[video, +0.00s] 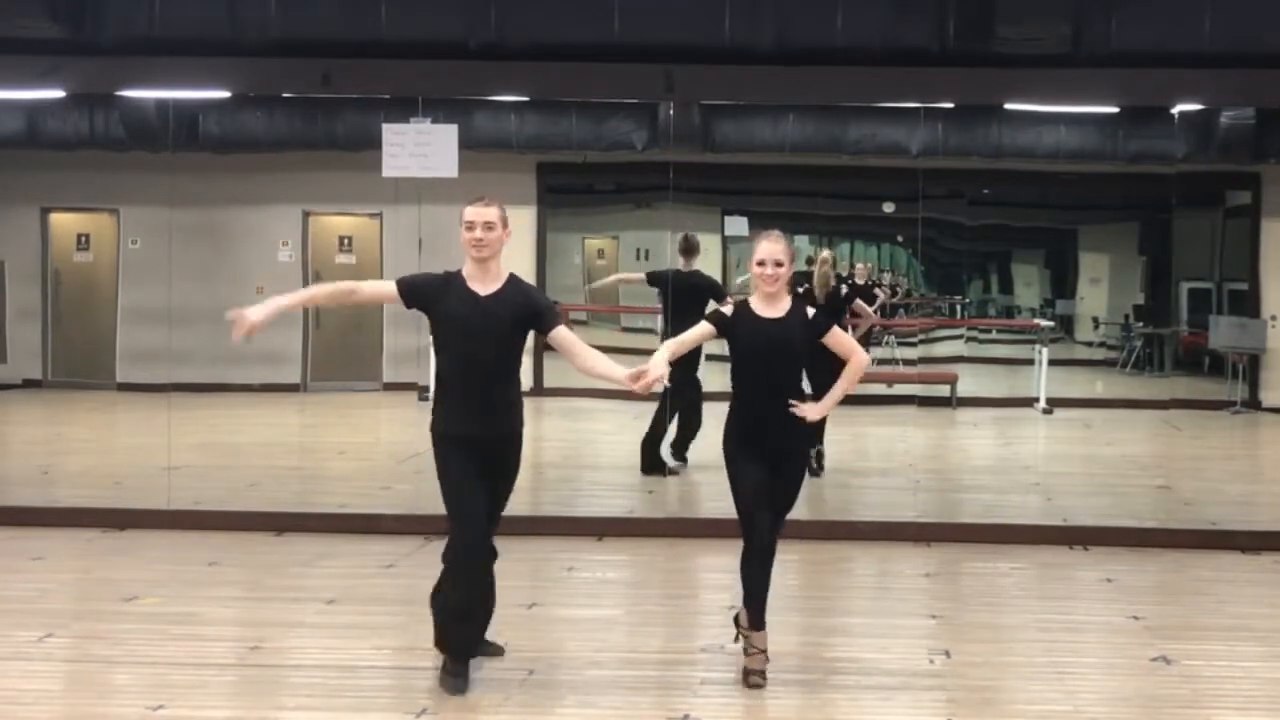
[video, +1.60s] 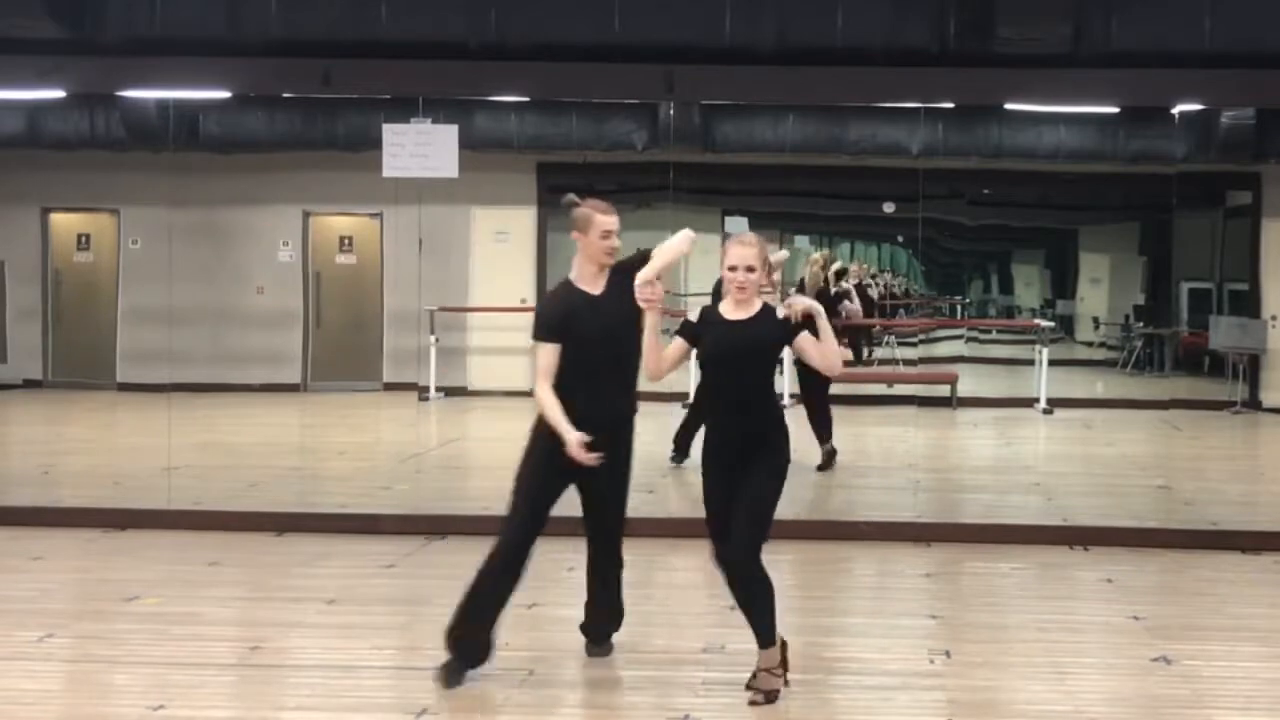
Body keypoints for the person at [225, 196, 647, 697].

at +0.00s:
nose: (478, 236)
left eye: (488, 227)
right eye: (470, 228)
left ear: (507, 234)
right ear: (459, 235)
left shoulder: (526, 299)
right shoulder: (437, 289)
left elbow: (579, 351)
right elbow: (354, 291)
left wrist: (625, 378)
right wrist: (276, 304)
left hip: (503, 437)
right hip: (454, 435)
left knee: (478, 537)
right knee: (472, 538)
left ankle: (462, 627)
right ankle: (456, 652)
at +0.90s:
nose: (469, 238)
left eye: (480, 229)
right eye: (461, 230)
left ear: (502, 235)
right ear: (454, 236)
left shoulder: (521, 305)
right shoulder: (433, 275)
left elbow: (571, 365)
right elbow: (355, 242)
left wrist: (618, 409)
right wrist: (277, 218)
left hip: (501, 448)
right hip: (444, 443)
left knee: (481, 574)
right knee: (433, 572)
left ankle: (445, 698)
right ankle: (459, 648)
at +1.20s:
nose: (513, 234)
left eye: (522, 226)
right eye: (503, 225)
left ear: (533, 232)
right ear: (485, 231)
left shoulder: (552, 293)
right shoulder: (460, 288)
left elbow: (610, 335)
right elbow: (387, 323)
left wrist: (623, 355)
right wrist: (334, 283)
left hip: (512, 437)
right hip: (459, 429)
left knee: (478, 544)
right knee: (450, 544)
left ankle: (460, 671)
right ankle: (452, 652)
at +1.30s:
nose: (546, 239)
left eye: (549, 232)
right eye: (537, 231)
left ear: (549, 235)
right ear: (508, 232)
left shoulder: (563, 291)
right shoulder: (473, 295)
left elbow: (630, 321)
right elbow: (434, 356)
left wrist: (629, 334)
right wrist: (367, 343)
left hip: (528, 432)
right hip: (476, 427)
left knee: (485, 529)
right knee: (463, 538)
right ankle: (455, 658)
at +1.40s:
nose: (564, 241)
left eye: (566, 233)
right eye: (556, 233)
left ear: (563, 237)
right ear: (526, 236)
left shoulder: (582, 288)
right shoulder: (496, 298)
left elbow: (660, 288)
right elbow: (478, 368)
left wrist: (634, 305)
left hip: (543, 439)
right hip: (490, 433)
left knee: (517, 543)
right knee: (467, 543)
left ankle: (565, 585)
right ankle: (456, 658)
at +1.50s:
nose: (587, 241)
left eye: (589, 233)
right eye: (579, 234)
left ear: (588, 237)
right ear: (551, 237)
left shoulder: (603, 283)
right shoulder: (525, 300)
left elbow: (669, 262)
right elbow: (512, 370)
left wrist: (640, 290)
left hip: (572, 437)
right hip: (519, 430)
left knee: (570, 539)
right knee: (478, 542)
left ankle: (597, 627)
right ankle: (453, 657)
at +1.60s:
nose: (614, 242)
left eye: (616, 235)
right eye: (605, 235)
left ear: (616, 239)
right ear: (578, 239)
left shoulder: (628, 277)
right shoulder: (557, 302)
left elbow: (686, 238)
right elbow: (542, 383)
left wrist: (649, 269)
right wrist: (567, 433)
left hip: (613, 433)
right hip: (559, 430)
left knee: (606, 539)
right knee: (516, 537)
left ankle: (600, 631)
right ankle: (465, 650)